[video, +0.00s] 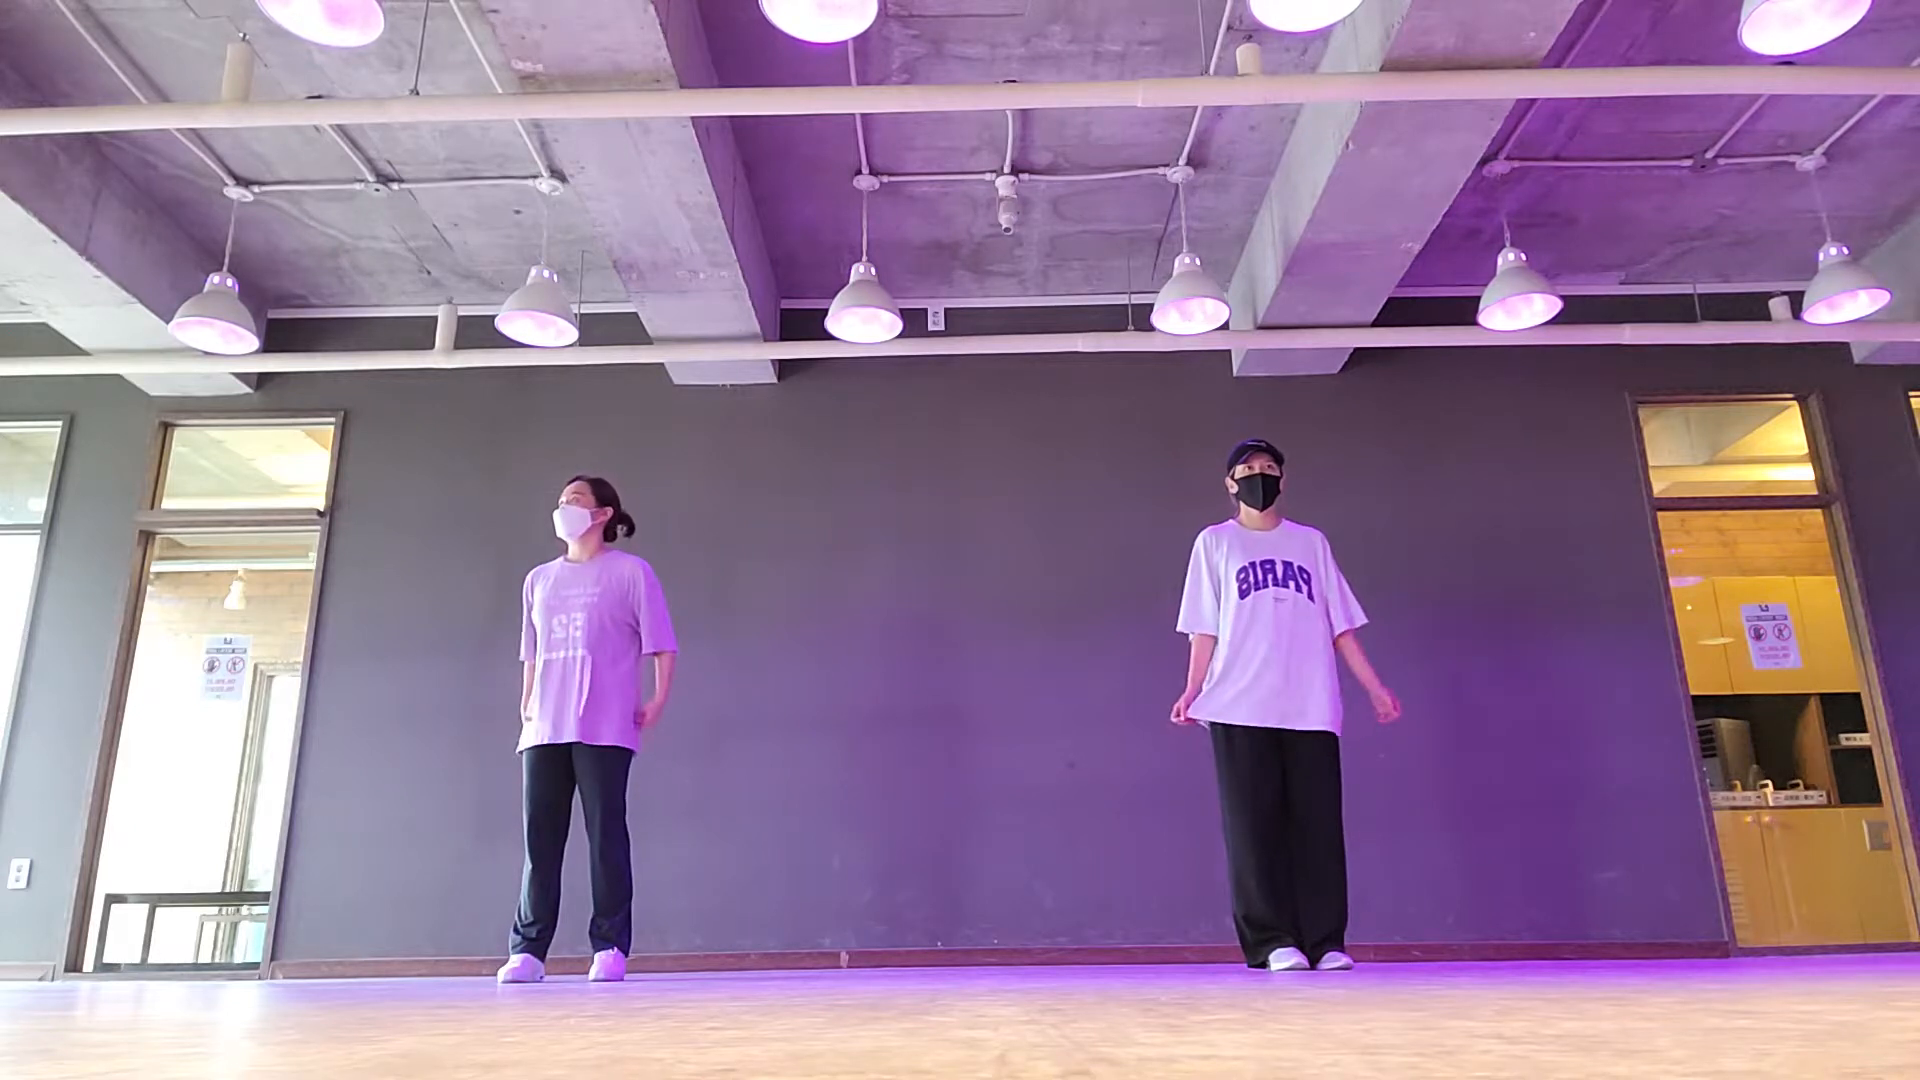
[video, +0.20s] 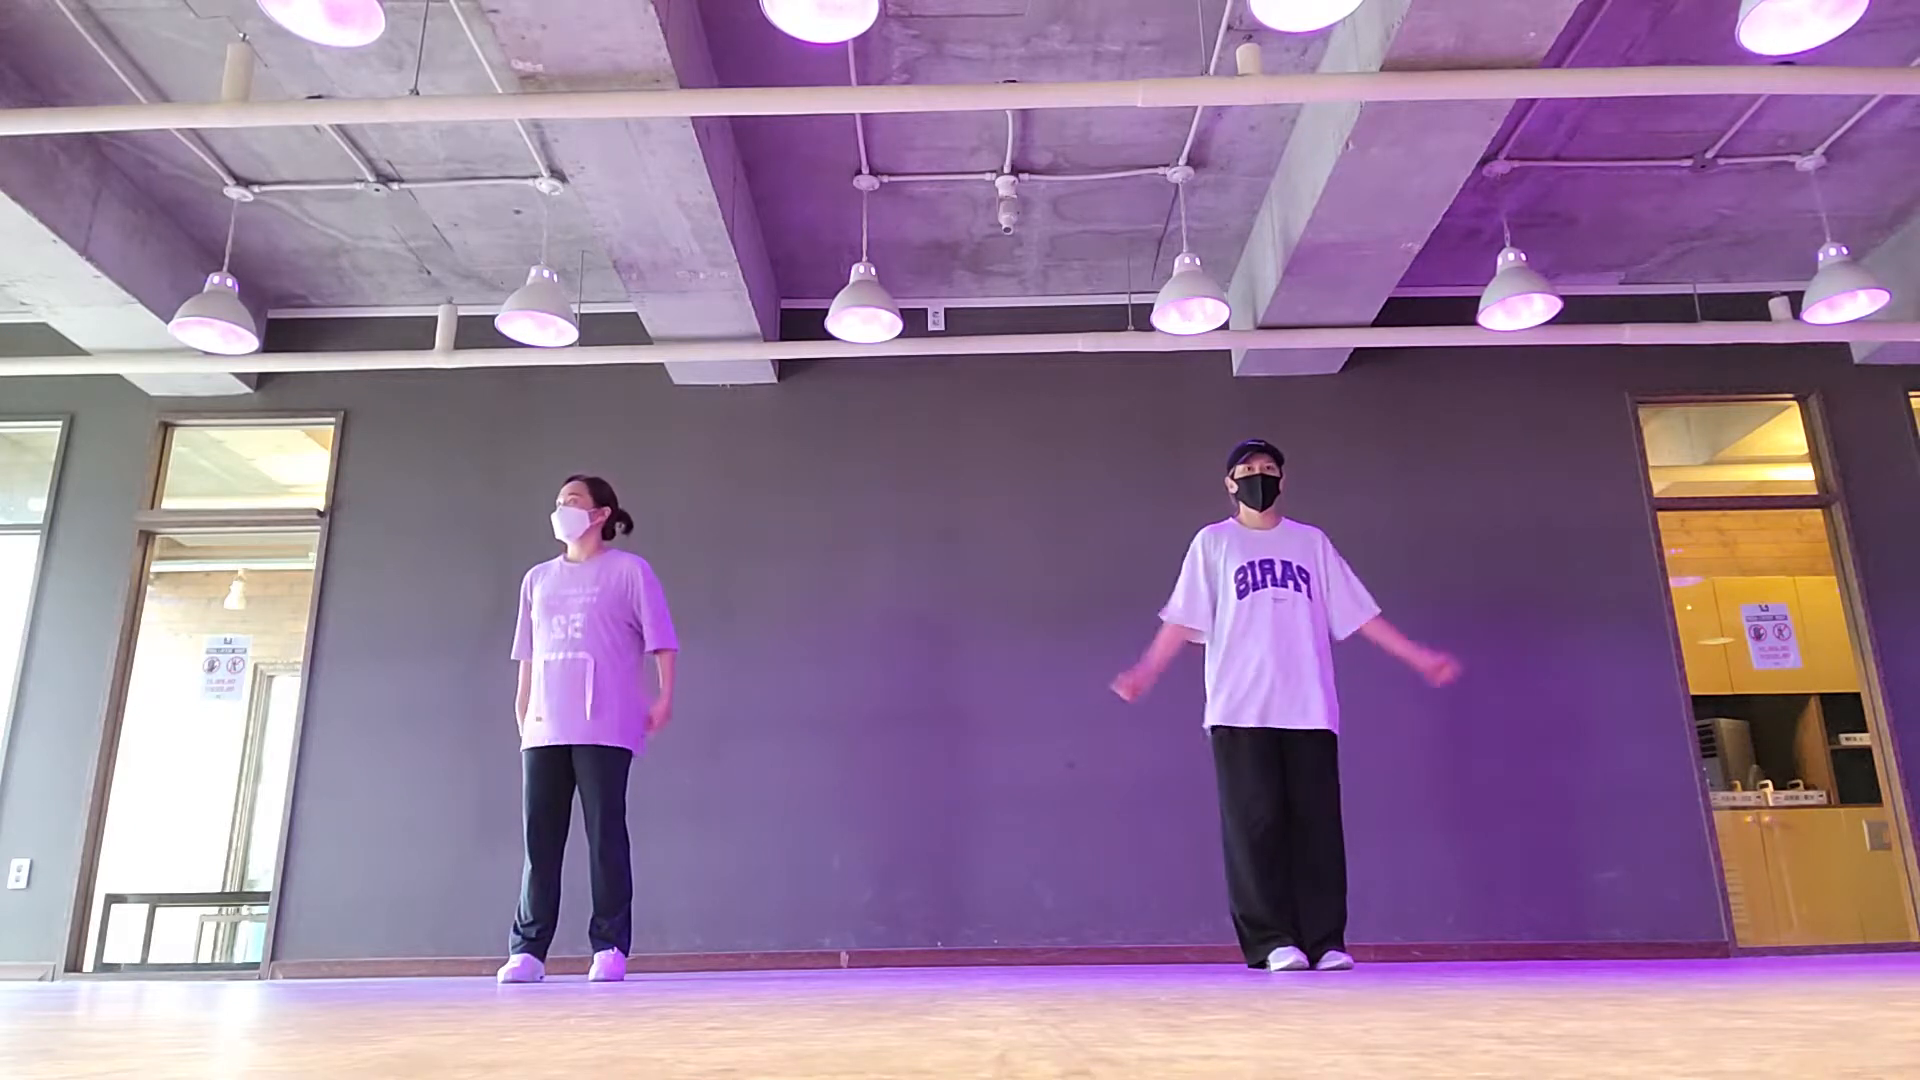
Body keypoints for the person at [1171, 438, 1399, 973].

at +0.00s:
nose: (1260, 478)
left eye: (1268, 470)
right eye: (1248, 471)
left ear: (1282, 480)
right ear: (1230, 483)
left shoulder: (1312, 543)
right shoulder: (1213, 543)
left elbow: (1340, 627)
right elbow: (1204, 627)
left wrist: (1373, 686)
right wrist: (1194, 687)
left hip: (1311, 709)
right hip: (1242, 710)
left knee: (1317, 826)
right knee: (1256, 829)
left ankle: (1325, 942)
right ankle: (1273, 945)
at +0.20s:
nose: (1259, 481)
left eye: (1268, 473)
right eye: (1248, 473)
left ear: (1282, 481)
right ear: (1230, 484)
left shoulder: (1313, 543)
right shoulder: (1211, 543)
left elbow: (1362, 616)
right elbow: (1181, 621)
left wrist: (1420, 658)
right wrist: (1144, 671)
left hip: (1309, 708)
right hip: (1241, 711)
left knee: (1317, 824)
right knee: (1257, 827)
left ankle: (1325, 941)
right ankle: (1273, 944)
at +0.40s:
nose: (1260, 481)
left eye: (1269, 473)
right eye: (1249, 473)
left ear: (1282, 482)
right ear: (1230, 483)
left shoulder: (1313, 539)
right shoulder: (1208, 542)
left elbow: (1360, 588)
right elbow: (1172, 599)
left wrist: (1404, 600)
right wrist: (1154, 604)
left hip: (1313, 705)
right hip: (1244, 708)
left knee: (1320, 825)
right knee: (1262, 829)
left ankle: (1327, 942)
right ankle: (1276, 945)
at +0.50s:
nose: (1260, 478)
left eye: (1269, 470)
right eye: (1249, 470)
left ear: (1281, 479)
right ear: (1231, 481)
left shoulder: (1313, 538)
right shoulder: (1209, 539)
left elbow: (1368, 597)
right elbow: (1172, 610)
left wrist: (1369, 584)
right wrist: (1205, 566)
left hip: (1311, 704)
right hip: (1242, 707)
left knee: (1319, 821)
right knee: (1262, 827)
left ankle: (1328, 942)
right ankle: (1276, 945)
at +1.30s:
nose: (1271, 489)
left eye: (1280, 482)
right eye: (1260, 481)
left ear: (1290, 494)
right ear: (1240, 492)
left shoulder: (1315, 555)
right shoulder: (1215, 545)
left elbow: (1364, 615)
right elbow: (1179, 604)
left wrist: (1348, 550)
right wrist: (1185, 634)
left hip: (1317, 715)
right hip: (1249, 713)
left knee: (1332, 832)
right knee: (1267, 831)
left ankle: (1325, 943)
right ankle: (1275, 946)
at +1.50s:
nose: (1254, 479)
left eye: (1263, 471)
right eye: (1243, 473)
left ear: (1277, 482)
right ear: (1226, 486)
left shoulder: (1318, 536)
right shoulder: (1210, 543)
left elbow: (1389, 552)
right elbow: (1196, 618)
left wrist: (1377, 486)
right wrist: (1220, 650)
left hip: (1317, 706)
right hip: (1248, 710)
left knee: (1324, 826)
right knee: (1265, 830)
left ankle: (1329, 944)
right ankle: (1280, 946)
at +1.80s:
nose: (1233, 478)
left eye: (1242, 470)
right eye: (1222, 474)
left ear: (1260, 482)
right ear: (1211, 494)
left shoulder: (1304, 527)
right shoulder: (1205, 554)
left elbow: (1369, 524)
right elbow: (1186, 630)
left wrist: (1436, 517)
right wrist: (1242, 609)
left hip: (1313, 703)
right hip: (1245, 713)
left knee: (1318, 823)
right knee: (1261, 826)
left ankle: (1324, 942)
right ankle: (1276, 943)